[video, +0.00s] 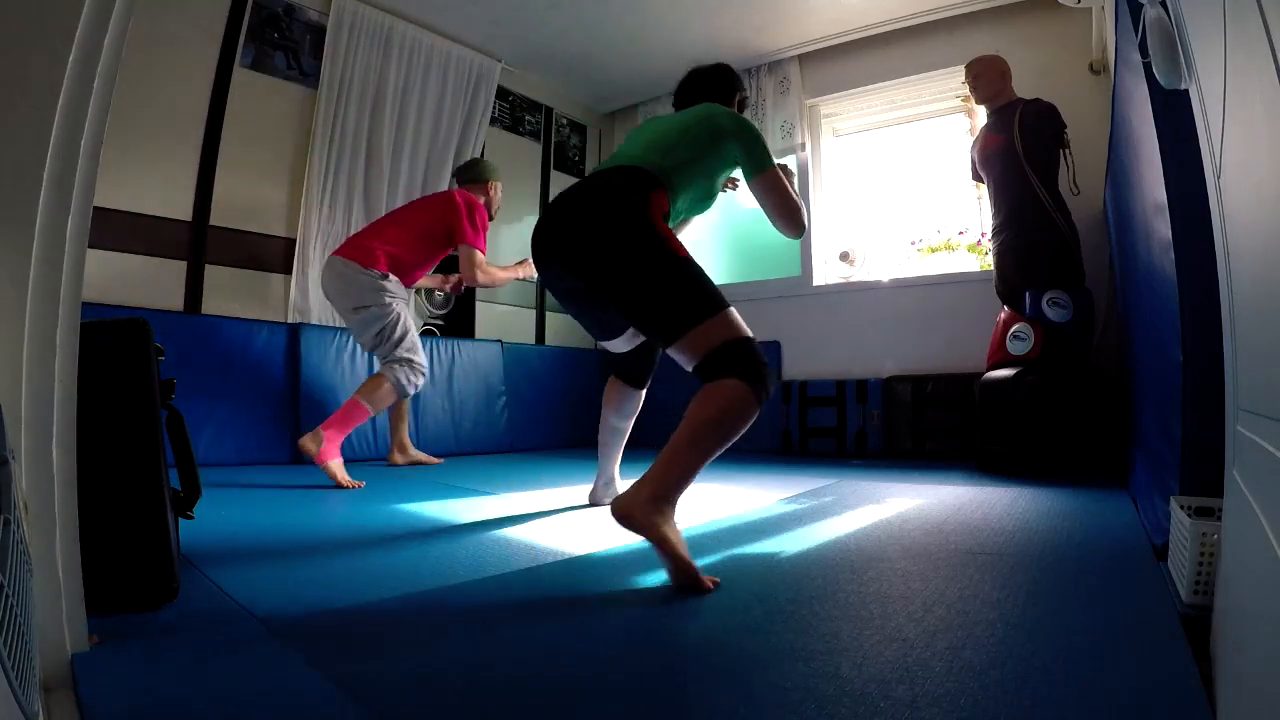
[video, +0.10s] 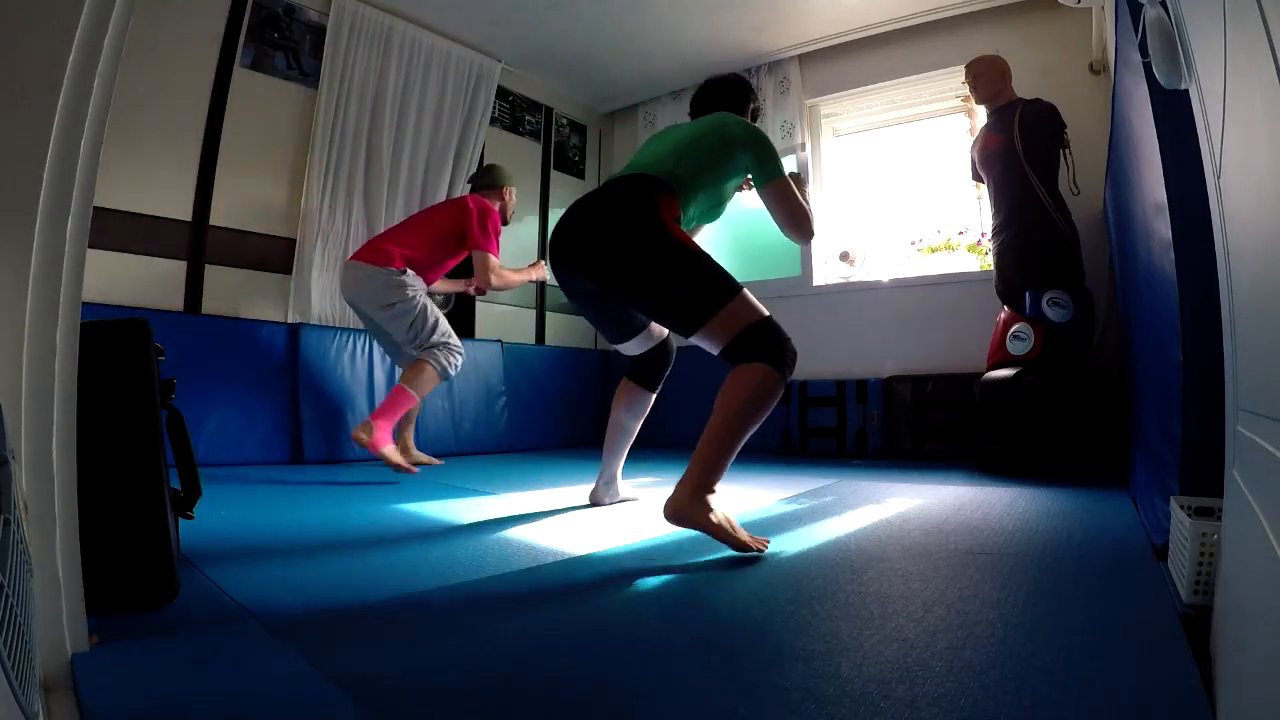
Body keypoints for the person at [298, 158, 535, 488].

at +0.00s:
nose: (500, 200)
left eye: (501, 193)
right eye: (500, 192)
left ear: (463, 186)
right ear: (490, 188)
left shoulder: (442, 204)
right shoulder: (471, 206)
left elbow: (400, 273)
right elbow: (475, 275)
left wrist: (445, 281)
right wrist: (518, 272)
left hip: (347, 268)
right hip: (364, 273)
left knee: (398, 353)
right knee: (408, 367)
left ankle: (401, 446)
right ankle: (326, 438)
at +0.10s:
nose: (514, 208)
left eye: (516, 200)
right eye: (515, 198)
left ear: (478, 191)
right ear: (506, 193)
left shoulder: (456, 211)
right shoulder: (485, 210)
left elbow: (424, 279)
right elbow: (489, 277)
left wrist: (470, 285)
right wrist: (531, 273)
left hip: (359, 274)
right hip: (385, 275)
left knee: (416, 360)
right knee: (446, 351)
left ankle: (404, 445)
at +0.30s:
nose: (536, 207)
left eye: (536, 202)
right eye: (538, 201)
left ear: (502, 195)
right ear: (531, 198)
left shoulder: (478, 211)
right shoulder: (515, 214)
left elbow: (439, 265)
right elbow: (523, 281)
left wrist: (476, 280)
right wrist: (556, 277)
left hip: (397, 278)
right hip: (425, 282)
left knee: (454, 352)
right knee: (471, 372)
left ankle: (440, 427)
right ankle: (405, 448)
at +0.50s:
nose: (560, 216)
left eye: (559, 210)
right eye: (561, 210)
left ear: (528, 207)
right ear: (553, 208)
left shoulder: (506, 224)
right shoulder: (541, 224)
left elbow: (471, 273)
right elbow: (553, 287)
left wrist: (510, 289)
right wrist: (583, 282)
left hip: (428, 291)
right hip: (464, 291)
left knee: (480, 367)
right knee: (521, 358)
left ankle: (466, 440)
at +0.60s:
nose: (574, 219)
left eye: (572, 214)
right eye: (574, 213)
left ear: (542, 210)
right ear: (568, 212)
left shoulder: (522, 226)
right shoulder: (557, 226)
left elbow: (493, 282)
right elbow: (568, 289)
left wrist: (528, 289)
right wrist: (600, 283)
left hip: (443, 285)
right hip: (479, 286)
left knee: (497, 361)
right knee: (539, 352)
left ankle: (471, 436)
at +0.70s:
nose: (586, 221)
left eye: (585, 216)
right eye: (585, 216)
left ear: (553, 212)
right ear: (578, 213)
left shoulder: (527, 226)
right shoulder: (572, 228)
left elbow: (498, 264)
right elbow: (585, 289)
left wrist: (533, 288)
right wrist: (611, 283)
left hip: (463, 291)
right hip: (500, 294)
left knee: (514, 350)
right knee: (549, 368)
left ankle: (493, 421)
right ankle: (508, 443)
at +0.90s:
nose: (605, 228)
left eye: (604, 223)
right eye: (604, 223)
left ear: (573, 218)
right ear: (598, 220)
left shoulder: (549, 235)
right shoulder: (589, 235)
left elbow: (521, 272)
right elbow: (606, 293)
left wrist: (555, 294)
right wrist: (628, 288)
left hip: (493, 299)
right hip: (529, 300)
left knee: (535, 369)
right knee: (584, 363)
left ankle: (528, 439)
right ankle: (540, 421)